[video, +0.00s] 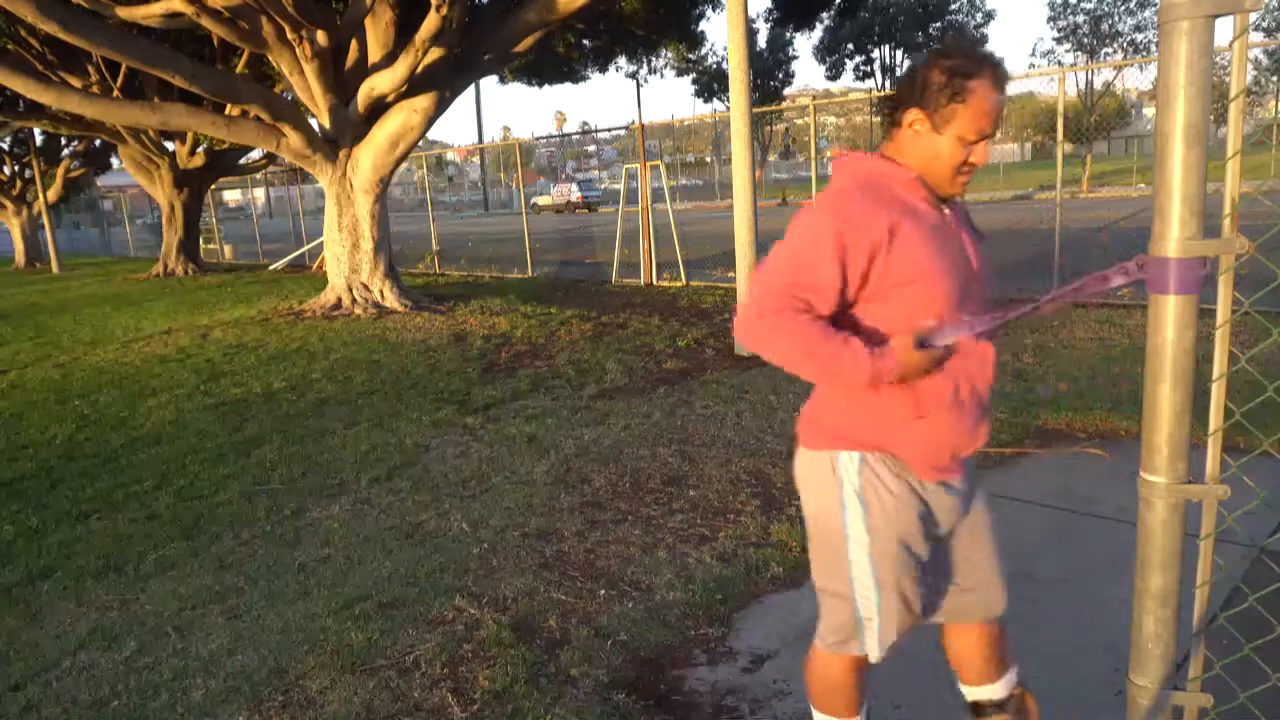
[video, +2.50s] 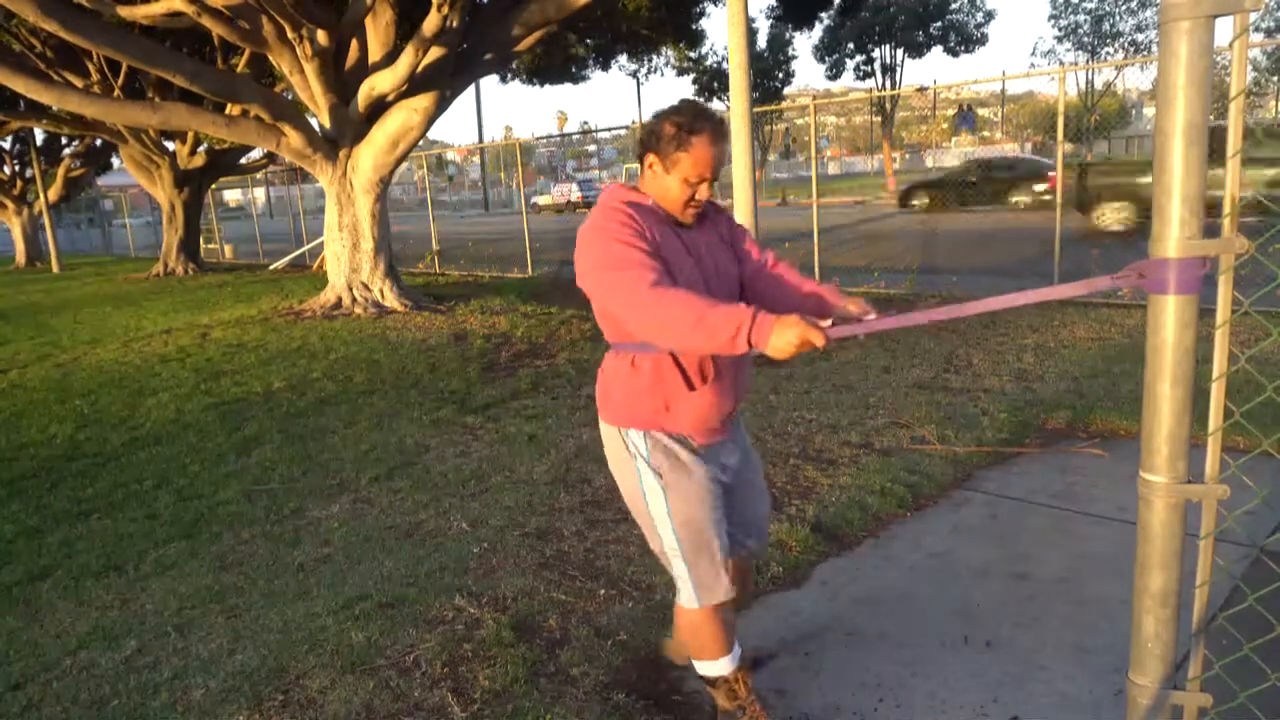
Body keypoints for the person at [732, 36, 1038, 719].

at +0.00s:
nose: (980, 157)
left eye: (986, 142)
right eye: (971, 140)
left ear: (927, 122)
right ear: (915, 123)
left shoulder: (940, 208)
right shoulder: (853, 205)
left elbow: (937, 312)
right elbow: (761, 318)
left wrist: (1005, 315)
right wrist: (878, 365)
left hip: (940, 453)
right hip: (859, 457)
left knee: (975, 605)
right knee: (849, 627)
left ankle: (998, 709)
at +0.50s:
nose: (866, 168)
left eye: (871, 154)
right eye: (859, 151)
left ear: (827, 139)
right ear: (810, 136)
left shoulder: (833, 211)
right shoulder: (750, 209)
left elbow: (838, 302)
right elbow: (699, 317)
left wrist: (879, 312)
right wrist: (818, 330)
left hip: (824, 431)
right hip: (767, 437)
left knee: (823, 578)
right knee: (813, 595)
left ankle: (796, 696)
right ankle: (821, 715)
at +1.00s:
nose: (752, 192)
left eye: (760, 178)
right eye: (743, 177)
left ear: (761, 166)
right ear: (700, 155)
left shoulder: (741, 220)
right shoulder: (644, 218)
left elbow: (756, 296)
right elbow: (583, 315)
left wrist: (789, 307)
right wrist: (689, 341)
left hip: (741, 424)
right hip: (667, 435)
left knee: (778, 549)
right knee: (696, 580)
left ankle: (767, 673)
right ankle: (717, 701)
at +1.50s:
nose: (697, 181)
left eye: (703, 166)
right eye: (684, 167)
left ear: (708, 162)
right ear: (639, 159)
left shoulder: (712, 216)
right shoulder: (603, 228)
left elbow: (760, 262)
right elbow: (626, 314)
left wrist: (810, 275)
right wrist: (740, 310)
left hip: (703, 420)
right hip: (637, 424)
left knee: (696, 543)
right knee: (689, 568)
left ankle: (638, 647)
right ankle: (717, 699)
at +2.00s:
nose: (718, 174)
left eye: (722, 159)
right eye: (707, 160)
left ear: (719, 153)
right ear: (661, 151)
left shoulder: (720, 215)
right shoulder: (627, 222)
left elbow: (780, 267)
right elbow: (682, 301)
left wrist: (843, 291)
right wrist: (791, 315)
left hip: (716, 413)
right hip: (653, 418)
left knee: (732, 545)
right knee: (698, 564)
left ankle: (732, 659)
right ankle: (716, 698)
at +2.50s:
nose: (705, 195)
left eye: (711, 180)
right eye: (694, 180)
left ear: (714, 171)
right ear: (652, 164)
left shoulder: (713, 224)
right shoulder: (610, 230)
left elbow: (766, 276)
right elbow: (646, 309)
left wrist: (833, 306)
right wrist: (758, 329)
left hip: (717, 419)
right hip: (650, 428)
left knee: (740, 544)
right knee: (705, 574)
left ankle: (689, 640)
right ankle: (731, 696)